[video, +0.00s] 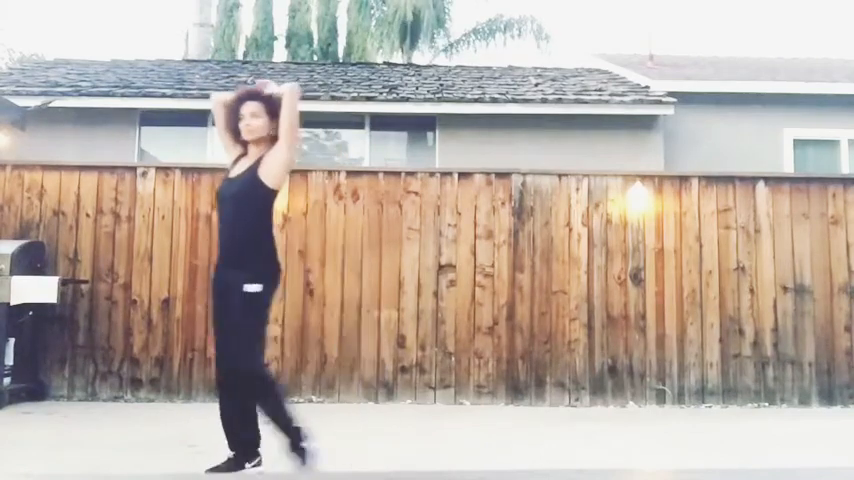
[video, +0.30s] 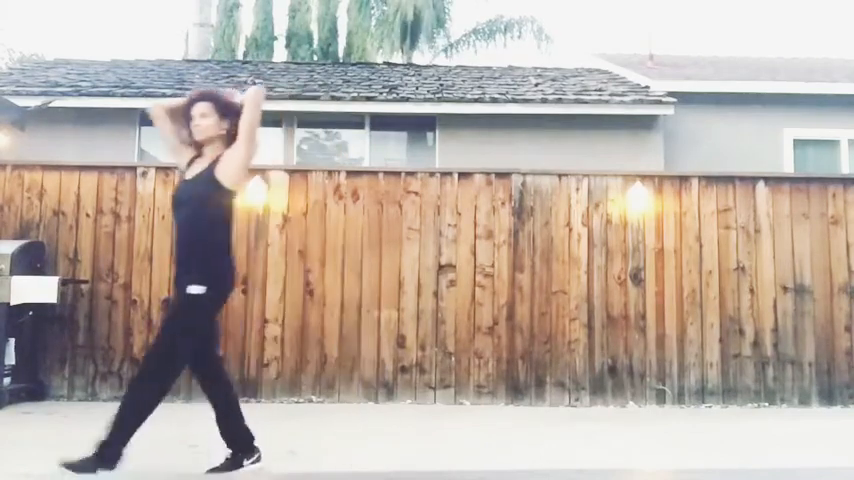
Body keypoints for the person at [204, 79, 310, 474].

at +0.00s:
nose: (248, 122)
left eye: (255, 115)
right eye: (242, 116)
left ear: (272, 122)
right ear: (237, 124)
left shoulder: (278, 156)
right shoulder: (239, 158)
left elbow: (293, 91)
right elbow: (217, 102)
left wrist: (274, 92)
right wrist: (251, 94)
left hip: (255, 272)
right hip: (227, 272)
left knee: (245, 363)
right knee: (228, 365)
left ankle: (296, 438)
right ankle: (244, 451)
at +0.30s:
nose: (196, 122)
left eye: (205, 115)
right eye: (194, 117)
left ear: (224, 123)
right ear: (192, 125)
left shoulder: (233, 160)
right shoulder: (192, 157)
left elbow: (256, 93)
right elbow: (157, 111)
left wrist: (241, 106)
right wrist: (196, 102)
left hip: (208, 282)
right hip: (187, 280)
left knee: (156, 368)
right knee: (208, 369)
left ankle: (108, 455)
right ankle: (243, 447)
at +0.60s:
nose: (148, 114)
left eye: (157, 107)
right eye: (146, 108)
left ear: (179, 118)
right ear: (143, 117)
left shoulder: (183, 161)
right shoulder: (136, 153)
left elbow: (225, 107)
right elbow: (82, 111)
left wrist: (194, 116)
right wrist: (125, 95)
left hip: (149, 266)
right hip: (122, 265)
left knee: (123, 360)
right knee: (124, 360)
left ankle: (91, 458)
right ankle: (193, 430)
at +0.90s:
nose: (126, 117)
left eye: (136, 111)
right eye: (124, 112)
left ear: (158, 119)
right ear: (120, 120)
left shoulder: (162, 167)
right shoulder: (110, 155)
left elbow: (211, 136)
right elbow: (51, 137)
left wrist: (184, 138)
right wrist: (85, 103)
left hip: (132, 265)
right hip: (100, 265)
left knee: (112, 365)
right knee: (93, 369)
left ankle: (89, 459)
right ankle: (171, 432)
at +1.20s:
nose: (148, 118)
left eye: (157, 112)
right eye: (146, 113)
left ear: (178, 118)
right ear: (143, 120)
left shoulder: (192, 164)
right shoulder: (134, 160)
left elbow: (231, 182)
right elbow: (90, 188)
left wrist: (219, 160)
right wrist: (90, 139)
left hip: (167, 266)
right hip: (133, 264)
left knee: (135, 359)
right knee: (133, 360)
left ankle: (90, 456)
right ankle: (187, 434)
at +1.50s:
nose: (188, 118)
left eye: (196, 112)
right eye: (185, 114)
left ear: (217, 118)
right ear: (182, 122)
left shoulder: (238, 163)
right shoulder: (175, 165)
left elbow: (259, 222)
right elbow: (158, 223)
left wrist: (260, 203)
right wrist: (126, 212)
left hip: (215, 264)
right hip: (175, 262)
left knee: (186, 353)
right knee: (177, 355)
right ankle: (198, 447)